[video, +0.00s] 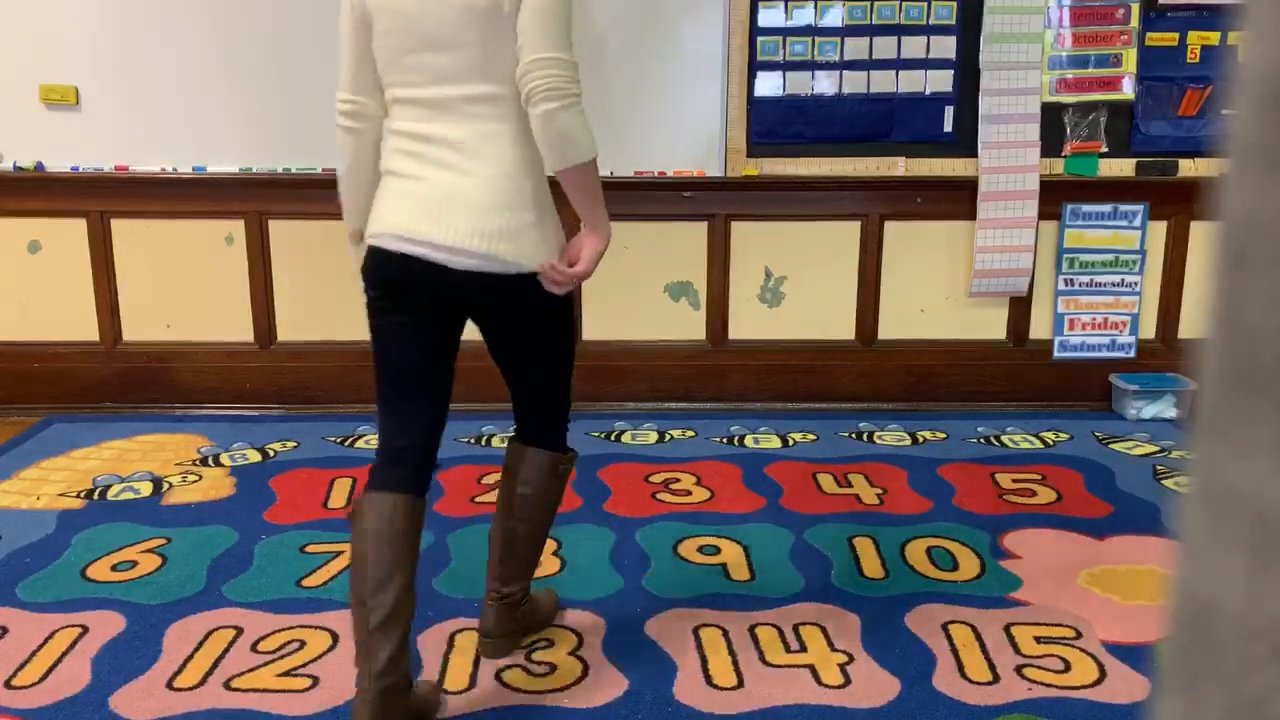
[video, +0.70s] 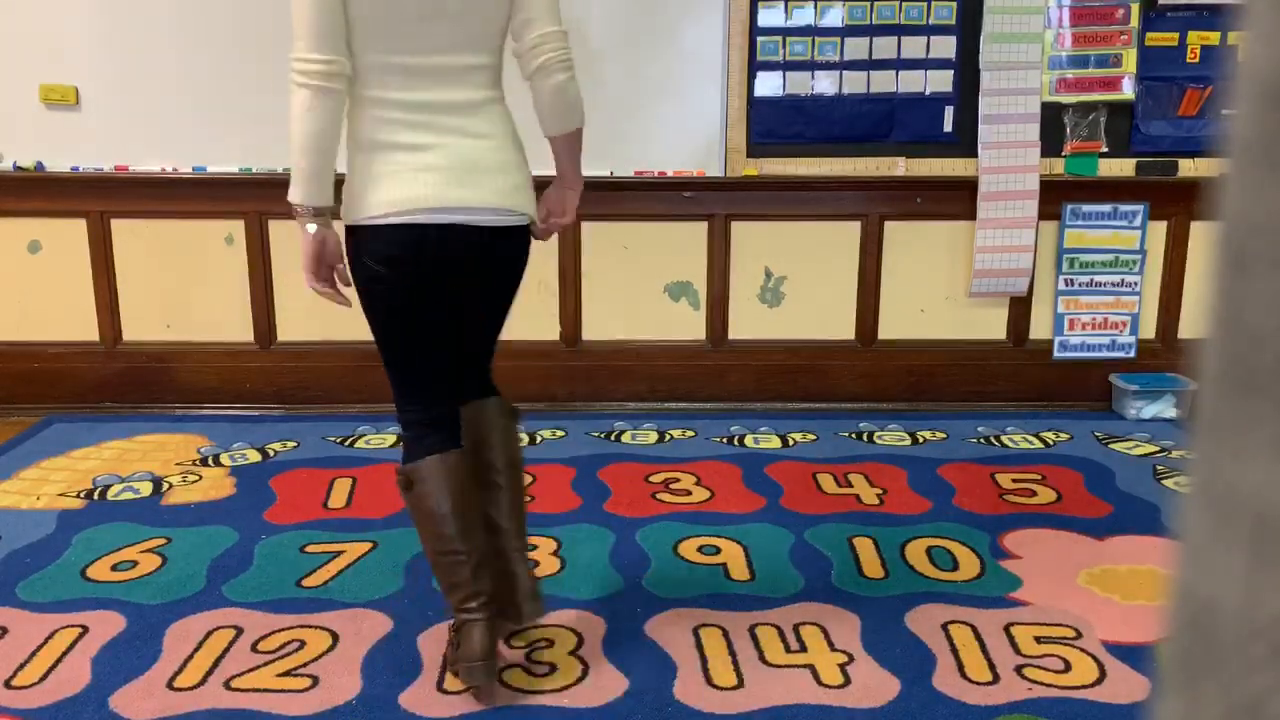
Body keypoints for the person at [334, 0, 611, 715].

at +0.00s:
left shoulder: (371, 1)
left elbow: (358, 108)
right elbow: (546, 90)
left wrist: (365, 234)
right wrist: (596, 222)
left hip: (400, 233)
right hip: (512, 238)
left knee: (399, 453)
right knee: (543, 424)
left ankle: (381, 686)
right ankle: (507, 605)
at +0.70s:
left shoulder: (329, 1)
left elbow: (322, 76)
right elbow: (547, 58)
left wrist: (315, 216)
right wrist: (570, 175)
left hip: (390, 211)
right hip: (496, 205)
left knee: (425, 414)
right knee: (472, 376)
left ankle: (472, 618)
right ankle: (512, 576)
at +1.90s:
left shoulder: (84, 9)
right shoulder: (272, 11)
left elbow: (61, 135)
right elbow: (304, 144)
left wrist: (52, 258)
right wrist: (322, 219)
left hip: (123, 270)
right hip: (229, 275)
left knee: (201, 372)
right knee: (232, 464)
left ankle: (231, 550)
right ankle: (157, 631)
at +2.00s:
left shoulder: (92, 1)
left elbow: (73, 88)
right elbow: (284, 107)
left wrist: (55, 224)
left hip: (123, 226)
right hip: (239, 232)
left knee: (141, 389)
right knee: (214, 433)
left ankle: (168, 571)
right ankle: (160, 635)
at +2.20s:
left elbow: (133, 38)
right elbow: (239, 63)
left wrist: (103, 184)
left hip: (151, 189)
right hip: (243, 194)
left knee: (81, 395)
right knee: (214, 389)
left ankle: (51, 608)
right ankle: (240, 591)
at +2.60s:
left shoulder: (208, 5)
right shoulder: (144, 8)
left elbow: (226, 109)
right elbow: (174, 91)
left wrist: (222, 259)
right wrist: (113, 66)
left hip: (223, 245)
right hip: (176, 243)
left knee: (154, 452)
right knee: (132, 438)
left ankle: (295, 633)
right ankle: (253, 602)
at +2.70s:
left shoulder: (196, 14)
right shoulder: (146, 15)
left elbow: (214, 175)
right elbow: (167, 142)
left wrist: (191, 327)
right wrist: (104, 100)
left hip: (245, 296)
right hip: (194, 282)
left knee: (140, 493)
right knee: (116, 462)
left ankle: (301, 635)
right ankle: (254, 602)